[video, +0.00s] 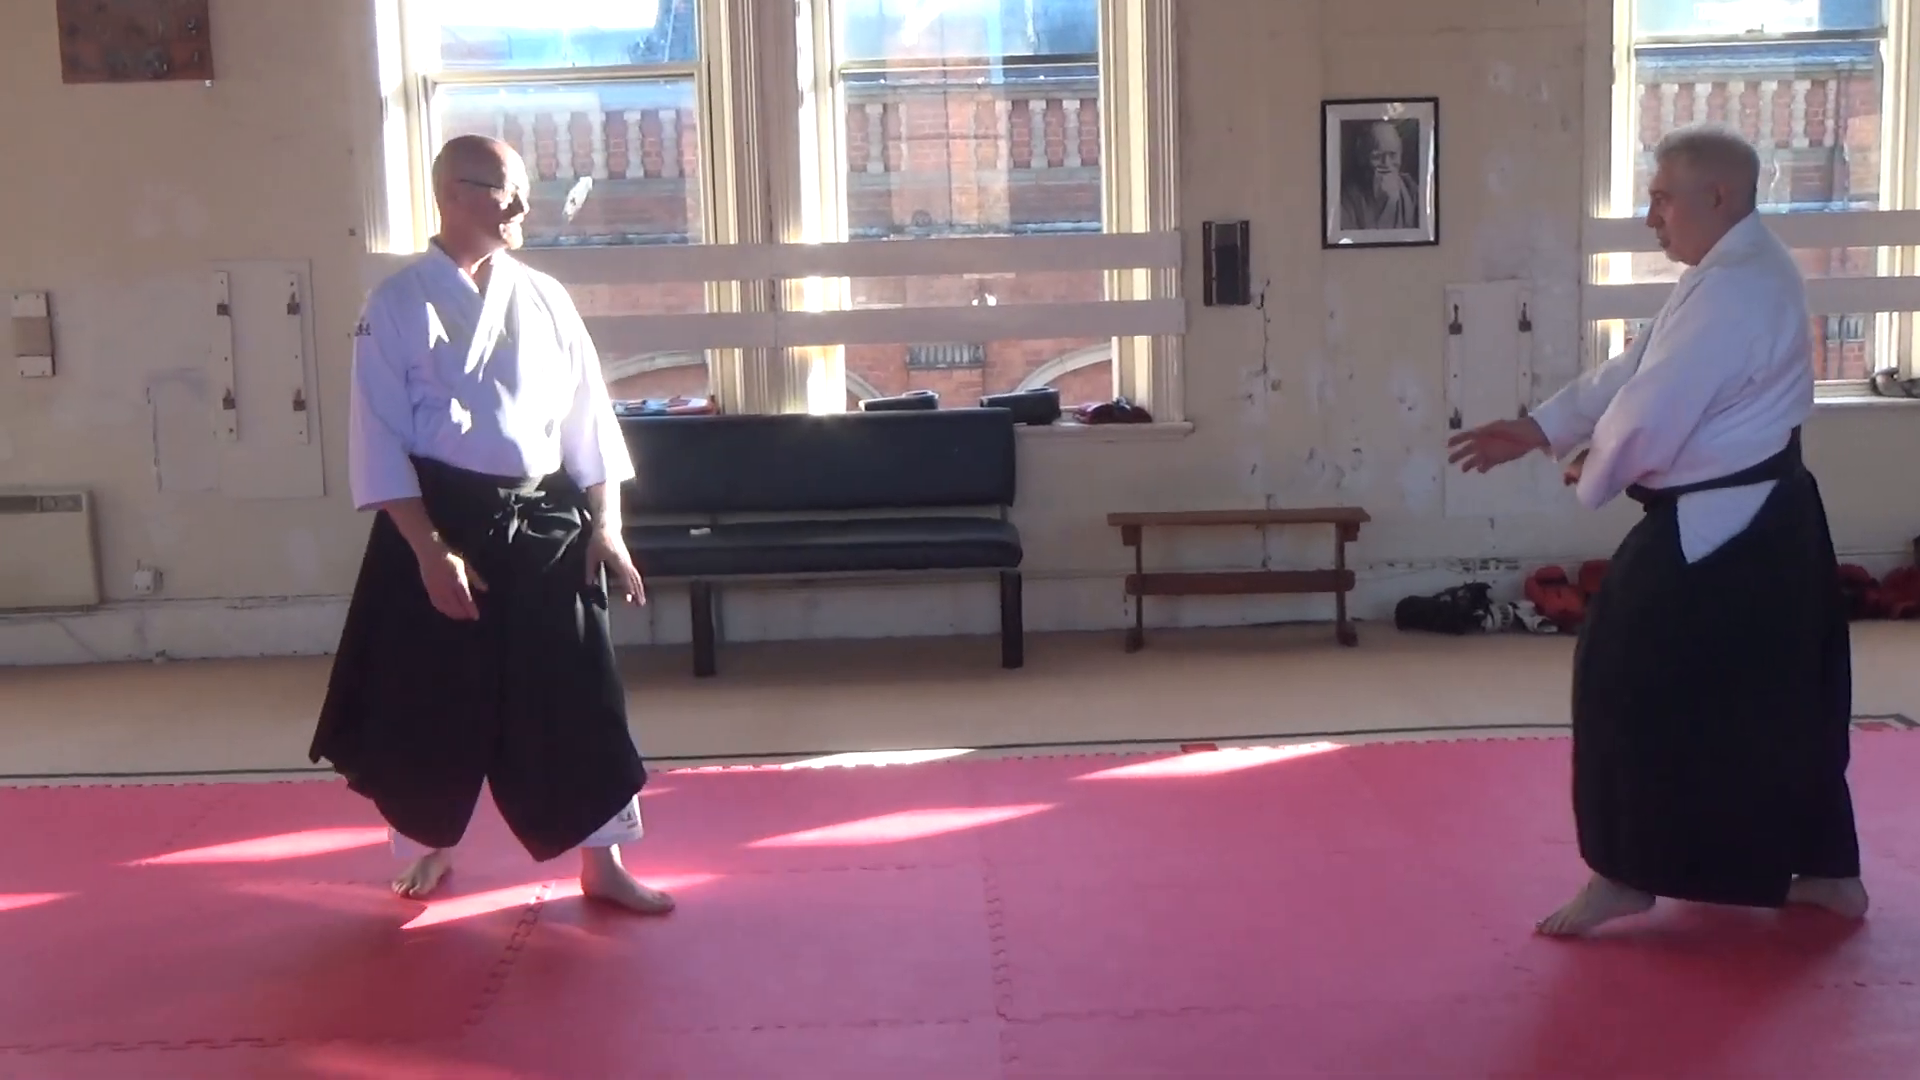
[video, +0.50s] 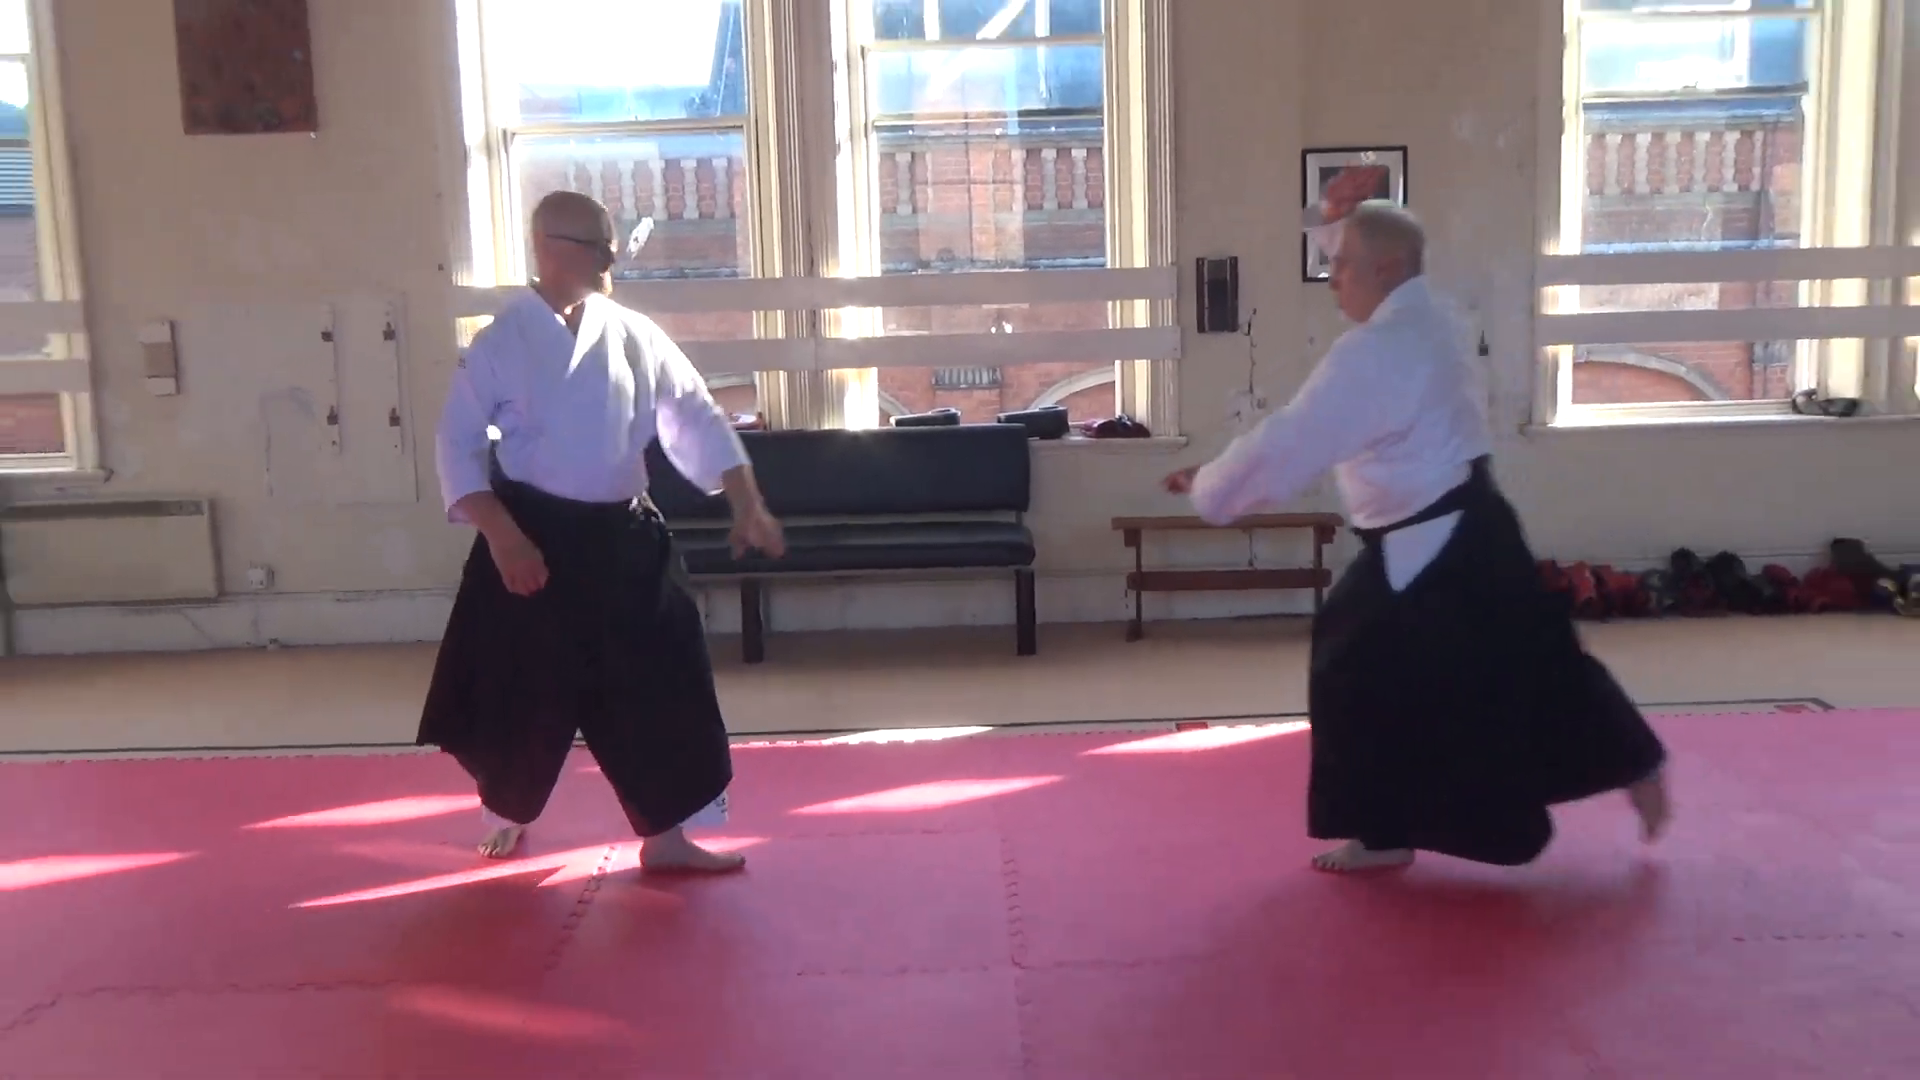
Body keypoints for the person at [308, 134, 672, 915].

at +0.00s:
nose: (508, 201)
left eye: (515, 189)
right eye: (488, 187)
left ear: (523, 201)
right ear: (443, 197)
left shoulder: (545, 296)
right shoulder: (398, 301)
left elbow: (590, 415)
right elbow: (377, 439)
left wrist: (607, 523)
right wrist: (428, 549)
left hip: (547, 519)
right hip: (441, 519)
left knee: (585, 683)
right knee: (431, 684)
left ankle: (603, 860)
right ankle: (434, 842)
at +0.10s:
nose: (517, 210)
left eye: (524, 199)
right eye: (498, 196)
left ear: (530, 207)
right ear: (452, 199)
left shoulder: (553, 301)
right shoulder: (408, 306)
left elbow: (598, 420)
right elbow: (386, 442)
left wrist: (618, 529)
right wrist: (435, 552)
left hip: (556, 522)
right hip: (451, 523)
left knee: (591, 685)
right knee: (446, 686)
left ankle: (614, 859)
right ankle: (445, 841)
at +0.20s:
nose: (521, 211)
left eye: (529, 201)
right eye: (503, 196)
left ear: (534, 211)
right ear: (456, 199)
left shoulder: (558, 301)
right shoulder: (412, 307)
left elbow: (604, 421)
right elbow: (392, 446)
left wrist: (622, 527)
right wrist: (441, 556)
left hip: (564, 523)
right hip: (458, 523)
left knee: (597, 686)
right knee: (450, 686)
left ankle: (620, 858)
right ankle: (447, 844)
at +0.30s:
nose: (529, 216)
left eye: (535, 205)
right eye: (512, 202)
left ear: (539, 212)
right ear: (463, 201)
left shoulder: (562, 302)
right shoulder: (416, 309)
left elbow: (609, 419)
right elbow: (397, 446)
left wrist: (629, 525)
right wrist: (445, 558)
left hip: (568, 521)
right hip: (462, 523)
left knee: (605, 680)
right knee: (455, 683)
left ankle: (620, 850)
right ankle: (453, 842)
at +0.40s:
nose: (543, 225)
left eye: (552, 215)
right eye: (525, 210)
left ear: (561, 223)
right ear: (481, 212)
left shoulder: (582, 310)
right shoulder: (437, 318)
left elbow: (634, 419)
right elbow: (411, 451)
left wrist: (662, 525)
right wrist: (456, 559)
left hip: (580, 522)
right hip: (478, 524)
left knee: (614, 680)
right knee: (471, 683)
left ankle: (629, 848)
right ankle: (464, 839)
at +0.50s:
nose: (604, 255)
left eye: (602, 242)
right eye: (580, 240)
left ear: (600, 253)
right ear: (544, 248)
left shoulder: (634, 336)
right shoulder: (504, 341)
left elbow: (697, 415)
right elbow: (457, 445)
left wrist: (745, 498)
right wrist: (503, 536)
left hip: (625, 536)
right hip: (534, 537)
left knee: (656, 683)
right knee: (522, 683)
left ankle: (664, 837)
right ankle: (510, 812)